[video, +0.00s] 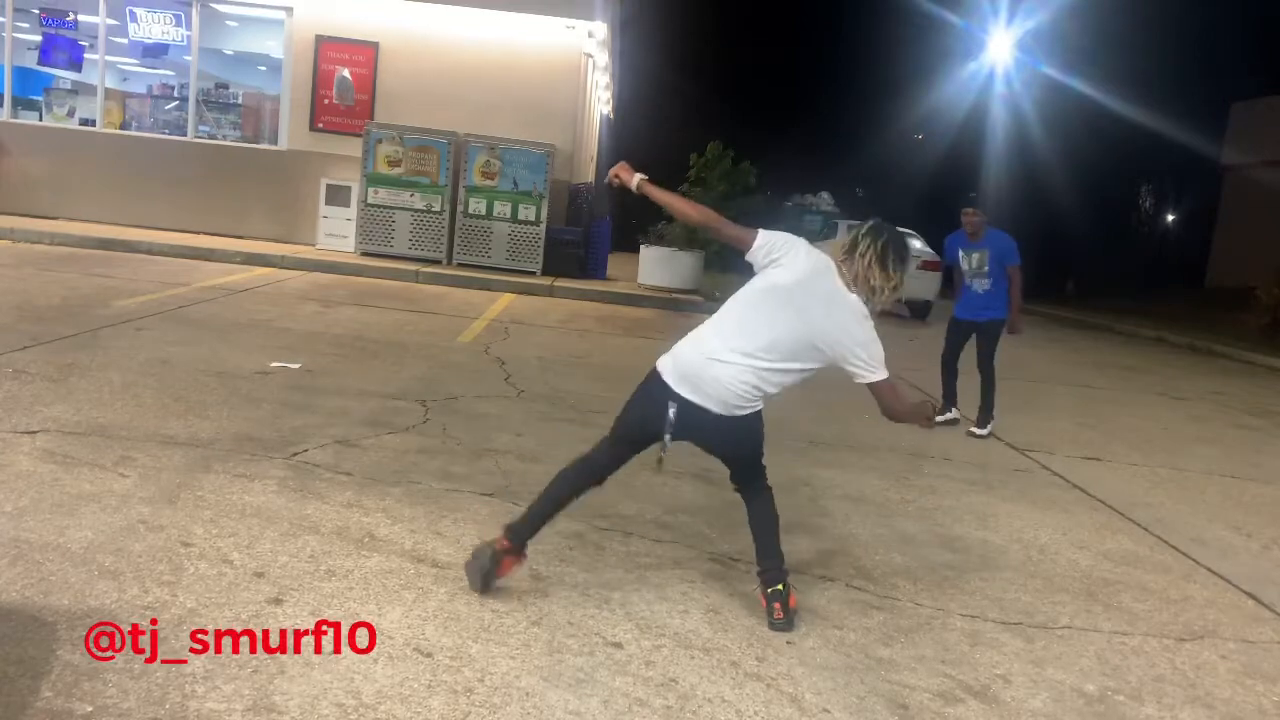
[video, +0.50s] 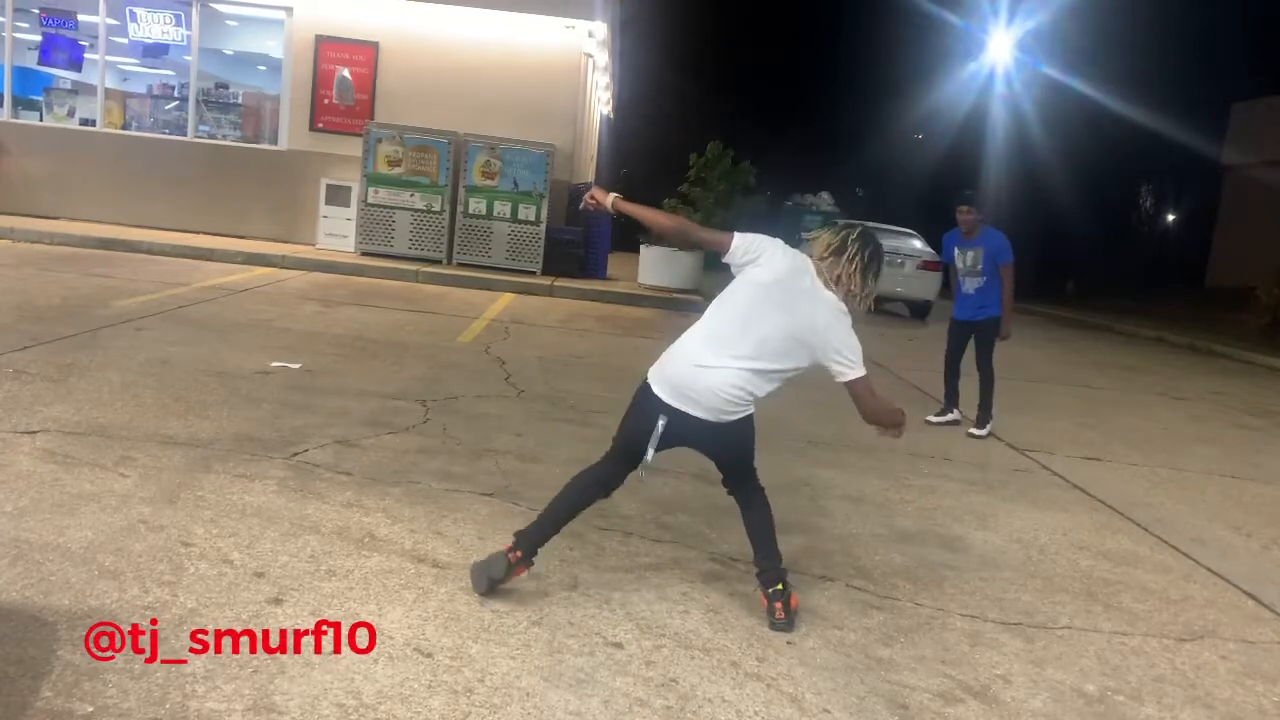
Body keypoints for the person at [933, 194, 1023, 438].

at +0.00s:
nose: (969, 221)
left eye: (974, 216)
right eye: (965, 216)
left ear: (984, 218)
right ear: (960, 218)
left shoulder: (1003, 243)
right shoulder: (953, 242)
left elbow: (1015, 278)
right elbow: (957, 274)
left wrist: (1014, 316)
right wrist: (958, 301)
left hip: (992, 314)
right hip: (964, 311)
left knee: (985, 363)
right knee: (948, 358)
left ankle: (985, 418)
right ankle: (949, 407)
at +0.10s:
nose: (969, 226)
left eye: (974, 221)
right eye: (965, 221)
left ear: (984, 222)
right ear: (960, 222)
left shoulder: (1001, 246)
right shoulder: (954, 246)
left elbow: (1014, 284)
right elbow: (956, 279)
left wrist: (1016, 322)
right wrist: (960, 307)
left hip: (994, 317)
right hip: (966, 315)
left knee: (984, 364)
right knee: (952, 361)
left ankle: (985, 419)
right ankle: (951, 409)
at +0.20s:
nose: (967, 222)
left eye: (973, 217)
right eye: (964, 217)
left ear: (984, 220)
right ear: (959, 219)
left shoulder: (1002, 244)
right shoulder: (953, 244)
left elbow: (1013, 281)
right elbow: (956, 276)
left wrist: (1014, 319)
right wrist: (961, 303)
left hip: (993, 317)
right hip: (965, 315)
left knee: (988, 367)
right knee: (953, 360)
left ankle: (985, 419)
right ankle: (951, 408)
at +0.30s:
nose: (967, 219)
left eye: (973, 214)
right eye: (963, 214)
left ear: (984, 217)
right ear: (959, 217)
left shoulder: (1000, 242)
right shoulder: (952, 241)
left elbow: (1012, 280)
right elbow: (955, 274)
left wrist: (1013, 316)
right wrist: (961, 299)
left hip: (993, 315)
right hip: (965, 313)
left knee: (987, 365)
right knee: (954, 360)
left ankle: (985, 420)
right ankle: (951, 409)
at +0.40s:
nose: (964, 221)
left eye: (969, 217)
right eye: (961, 216)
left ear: (981, 219)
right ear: (956, 219)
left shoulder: (998, 244)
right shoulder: (951, 244)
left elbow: (1009, 285)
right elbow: (954, 277)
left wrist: (1010, 323)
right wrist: (959, 303)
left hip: (990, 316)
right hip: (963, 314)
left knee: (983, 365)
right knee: (951, 360)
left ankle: (984, 419)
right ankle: (951, 409)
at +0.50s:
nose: (963, 218)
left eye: (968, 213)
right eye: (959, 213)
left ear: (980, 215)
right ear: (955, 215)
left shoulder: (997, 241)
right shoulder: (950, 240)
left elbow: (1008, 281)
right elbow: (953, 276)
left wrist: (1006, 321)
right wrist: (957, 305)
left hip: (988, 315)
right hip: (961, 313)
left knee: (984, 365)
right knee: (951, 360)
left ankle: (983, 419)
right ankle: (951, 408)